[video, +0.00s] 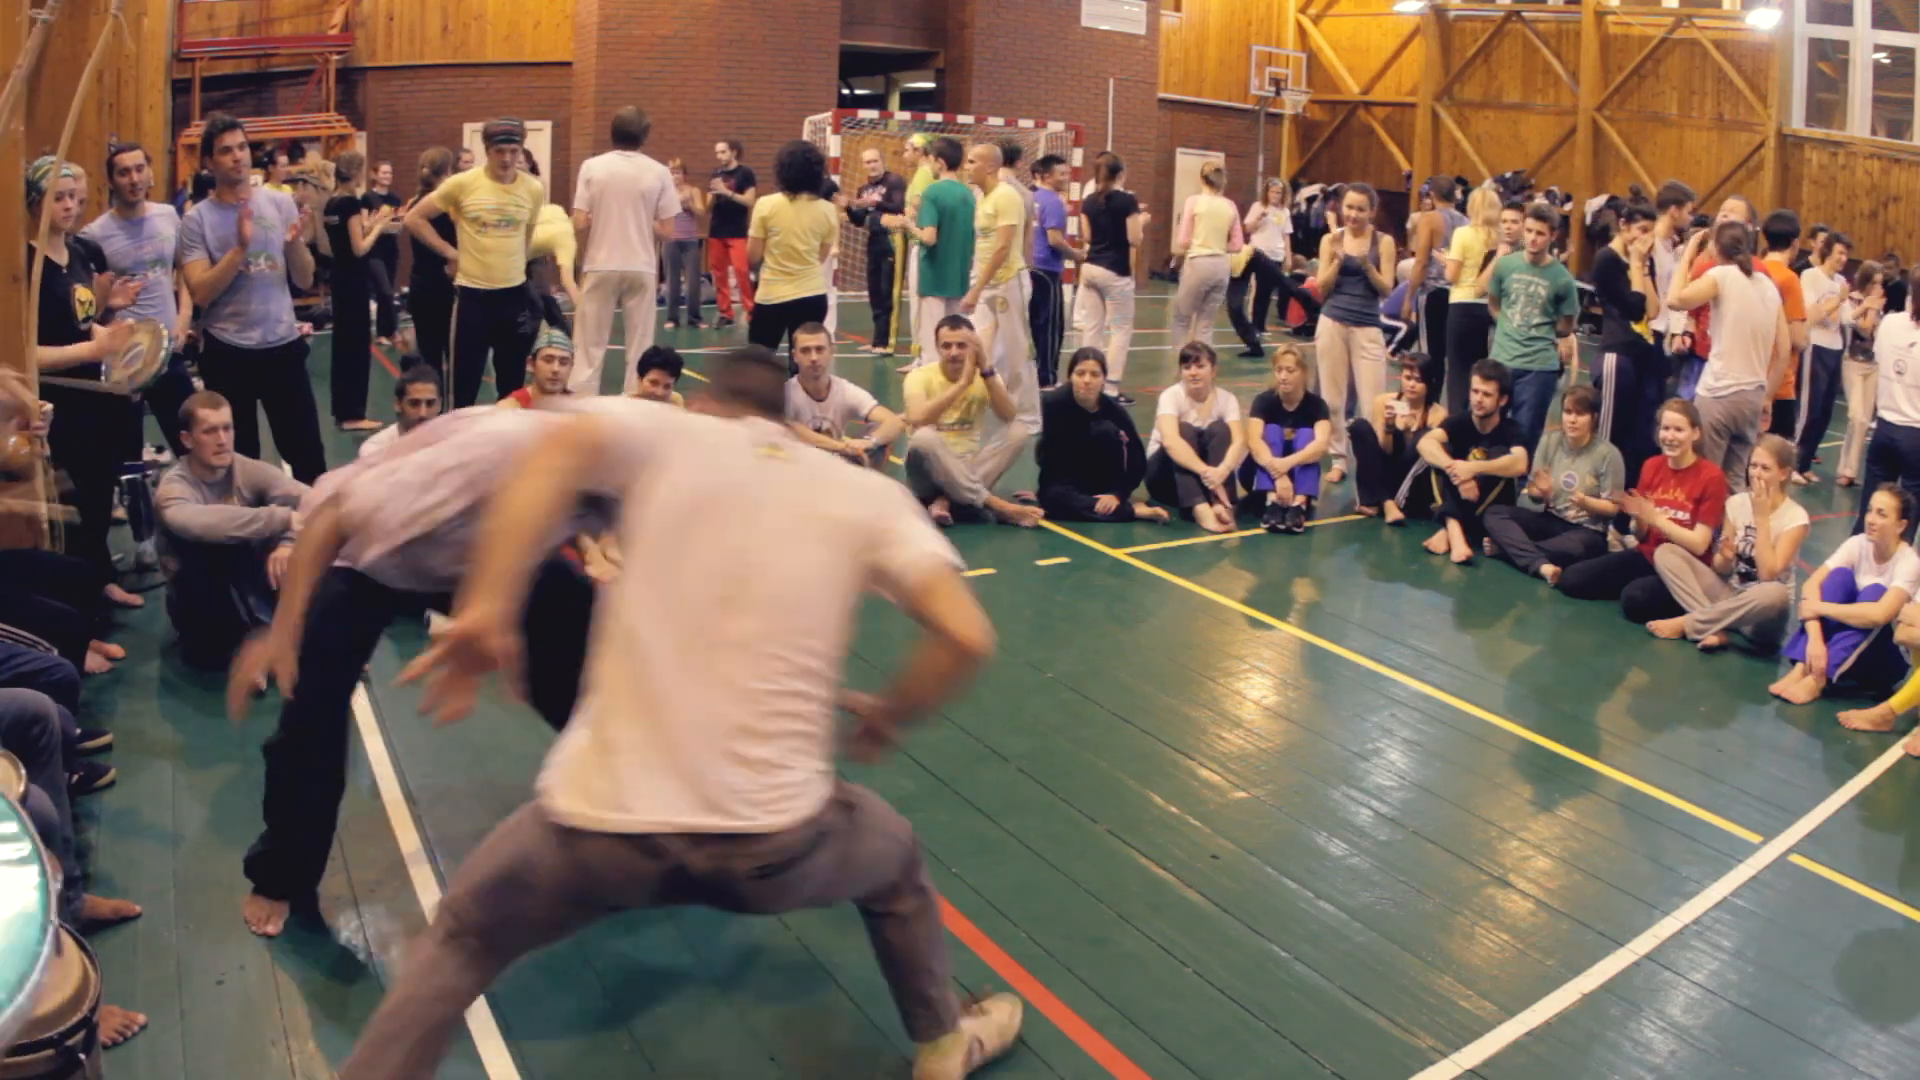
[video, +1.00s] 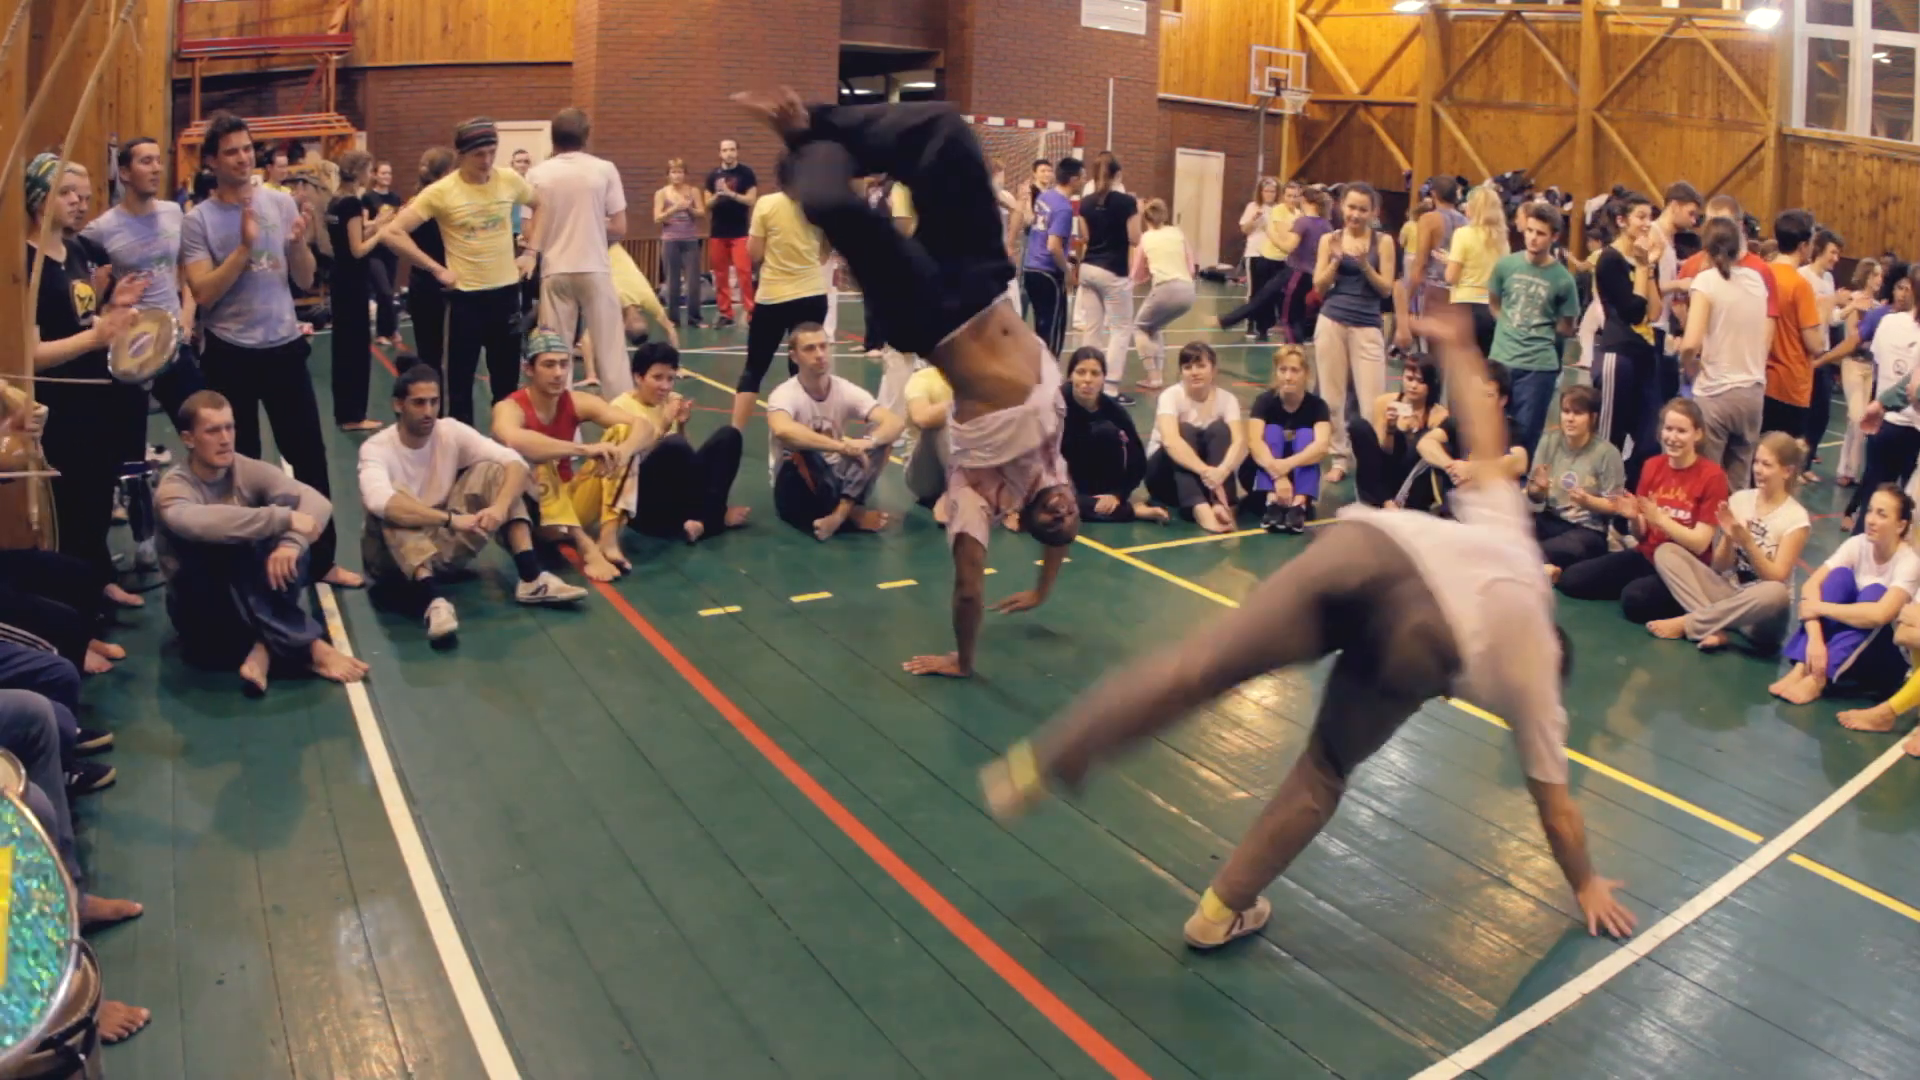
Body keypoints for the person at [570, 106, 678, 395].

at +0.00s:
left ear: (612, 134)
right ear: (644, 136)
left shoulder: (592, 167)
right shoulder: (658, 172)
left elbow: (580, 221)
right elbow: (667, 230)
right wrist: (641, 220)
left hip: (600, 264)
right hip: (641, 265)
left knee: (589, 345)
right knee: (640, 346)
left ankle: (580, 409)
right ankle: (634, 413)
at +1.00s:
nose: (589, 137)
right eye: (588, 133)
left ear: (553, 137)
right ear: (586, 137)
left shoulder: (537, 174)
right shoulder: (604, 170)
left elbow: (529, 229)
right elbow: (619, 227)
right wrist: (590, 233)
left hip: (555, 269)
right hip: (594, 268)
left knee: (556, 351)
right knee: (610, 348)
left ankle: (558, 421)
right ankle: (623, 418)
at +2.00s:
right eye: (588, 133)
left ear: (555, 137)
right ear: (587, 136)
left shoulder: (541, 174)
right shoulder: (605, 168)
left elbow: (531, 230)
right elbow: (620, 225)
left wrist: (560, 225)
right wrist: (597, 217)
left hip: (558, 269)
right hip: (596, 266)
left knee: (561, 347)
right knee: (610, 344)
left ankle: (563, 406)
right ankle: (611, 405)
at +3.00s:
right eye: (634, 131)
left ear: (603, 134)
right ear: (636, 135)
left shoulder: (586, 171)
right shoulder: (654, 172)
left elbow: (577, 227)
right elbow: (665, 229)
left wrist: (601, 220)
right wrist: (638, 221)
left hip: (599, 271)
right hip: (640, 271)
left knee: (588, 352)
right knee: (638, 352)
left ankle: (580, 429)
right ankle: (633, 430)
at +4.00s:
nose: (609, 135)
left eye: (607, 130)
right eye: (607, 131)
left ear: (573, 138)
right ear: (602, 135)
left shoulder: (558, 173)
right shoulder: (619, 167)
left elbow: (553, 229)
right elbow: (635, 223)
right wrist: (609, 216)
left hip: (573, 266)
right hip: (610, 265)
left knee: (573, 348)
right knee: (619, 347)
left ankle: (574, 423)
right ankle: (624, 423)